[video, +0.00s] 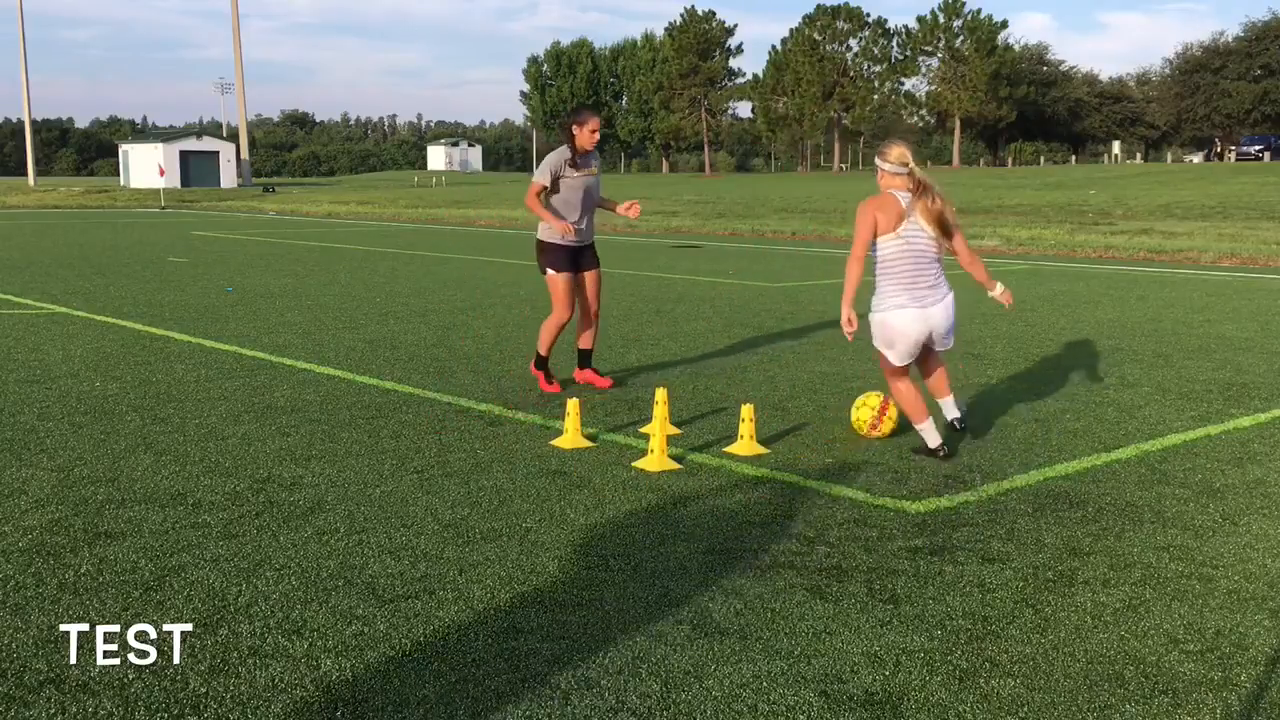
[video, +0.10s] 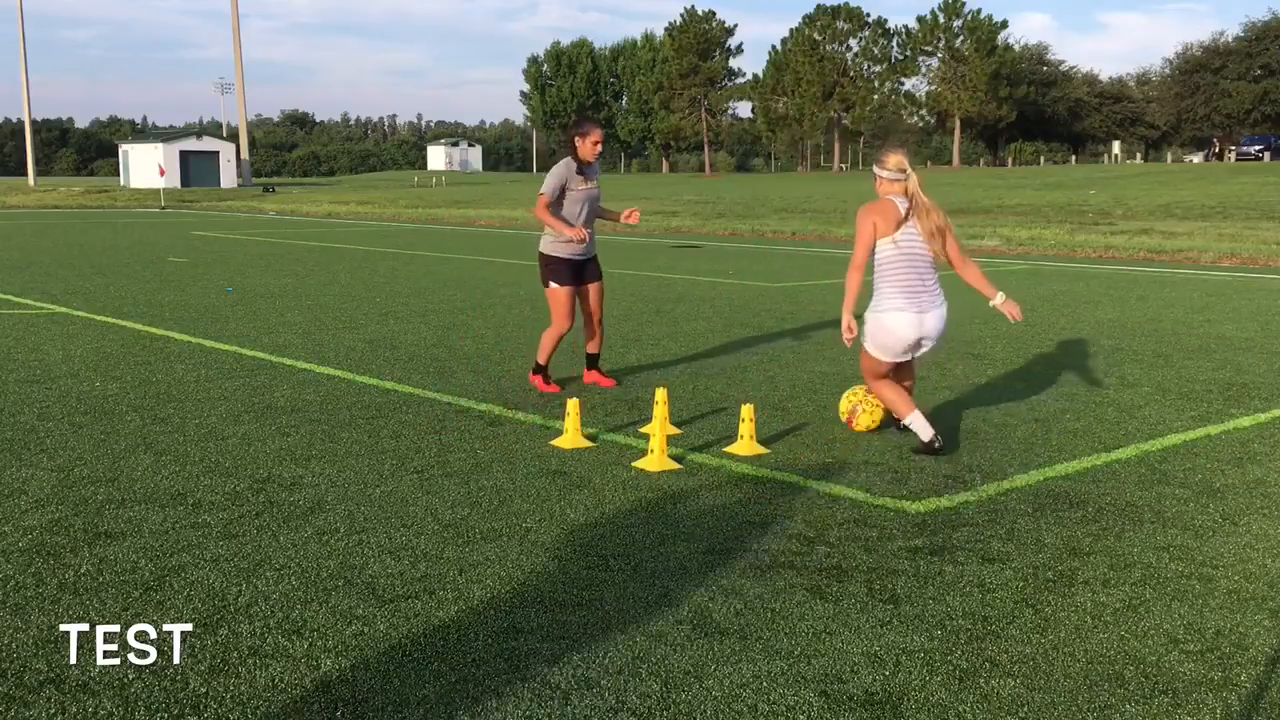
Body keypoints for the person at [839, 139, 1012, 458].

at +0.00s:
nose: (877, 177)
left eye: (877, 172)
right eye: (878, 172)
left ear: (882, 172)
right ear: (911, 171)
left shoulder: (872, 206)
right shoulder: (933, 203)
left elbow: (857, 257)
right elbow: (965, 255)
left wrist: (847, 304)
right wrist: (992, 286)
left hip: (896, 314)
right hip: (939, 309)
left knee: (897, 375)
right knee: (927, 353)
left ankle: (934, 443)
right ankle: (954, 415)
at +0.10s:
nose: (874, 183)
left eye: (875, 178)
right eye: (875, 177)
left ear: (880, 179)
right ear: (909, 178)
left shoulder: (872, 212)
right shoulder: (931, 212)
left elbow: (858, 265)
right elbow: (961, 263)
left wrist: (847, 311)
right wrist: (998, 298)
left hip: (892, 319)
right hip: (933, 316)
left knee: (875, 377)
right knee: (904, 359)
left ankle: (927, 435)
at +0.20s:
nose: (873, 187)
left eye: (874, 182)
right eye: (874, 182)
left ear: (878, 184)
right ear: (907, 184)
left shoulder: (868, 215)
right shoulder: (927, 218)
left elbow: (852, 267)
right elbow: (954, 266)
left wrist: (841, 308)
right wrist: (992, 301)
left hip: (882, 319)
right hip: (921, 318)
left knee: (849, 374)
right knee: (883, 360)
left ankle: (904, 422)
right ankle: (878, 418)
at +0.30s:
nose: (871, 186)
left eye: (872, 180)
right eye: (872, 180)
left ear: (878, 182)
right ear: (903, 183)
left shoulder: (867, 215)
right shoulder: (922, 218)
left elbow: (847, 264)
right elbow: (947, 266)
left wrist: (828, 302)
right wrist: (978, 297)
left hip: (875, 319)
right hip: (913, 319)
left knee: (836, 366)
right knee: (871, 358)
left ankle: (884, 411)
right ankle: (875, 415)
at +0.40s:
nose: (867, 168)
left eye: (868, 163)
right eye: (869, 163)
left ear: (874, 164)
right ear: (900, 165)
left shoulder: (864, 197)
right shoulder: (918, 202)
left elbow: (840, 247)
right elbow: (940, 254)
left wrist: (822, 278)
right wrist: (954, 281)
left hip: (873, 301)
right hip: (912, 302)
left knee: (834, 354)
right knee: (876, 355)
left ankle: (866, 420)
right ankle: (878, 420)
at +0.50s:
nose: (864, 152)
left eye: (865, 147)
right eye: (865, 147)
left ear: (872, 148)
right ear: (897, 149)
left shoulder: (861, 179)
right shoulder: (916, 185)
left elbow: (844, 224)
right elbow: (936, 240)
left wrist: (829, 263)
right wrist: (929, 263)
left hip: (868, 283)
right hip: (911, 285)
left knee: (847, 353)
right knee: (889, 351)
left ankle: (863, 429)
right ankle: (887, 419)